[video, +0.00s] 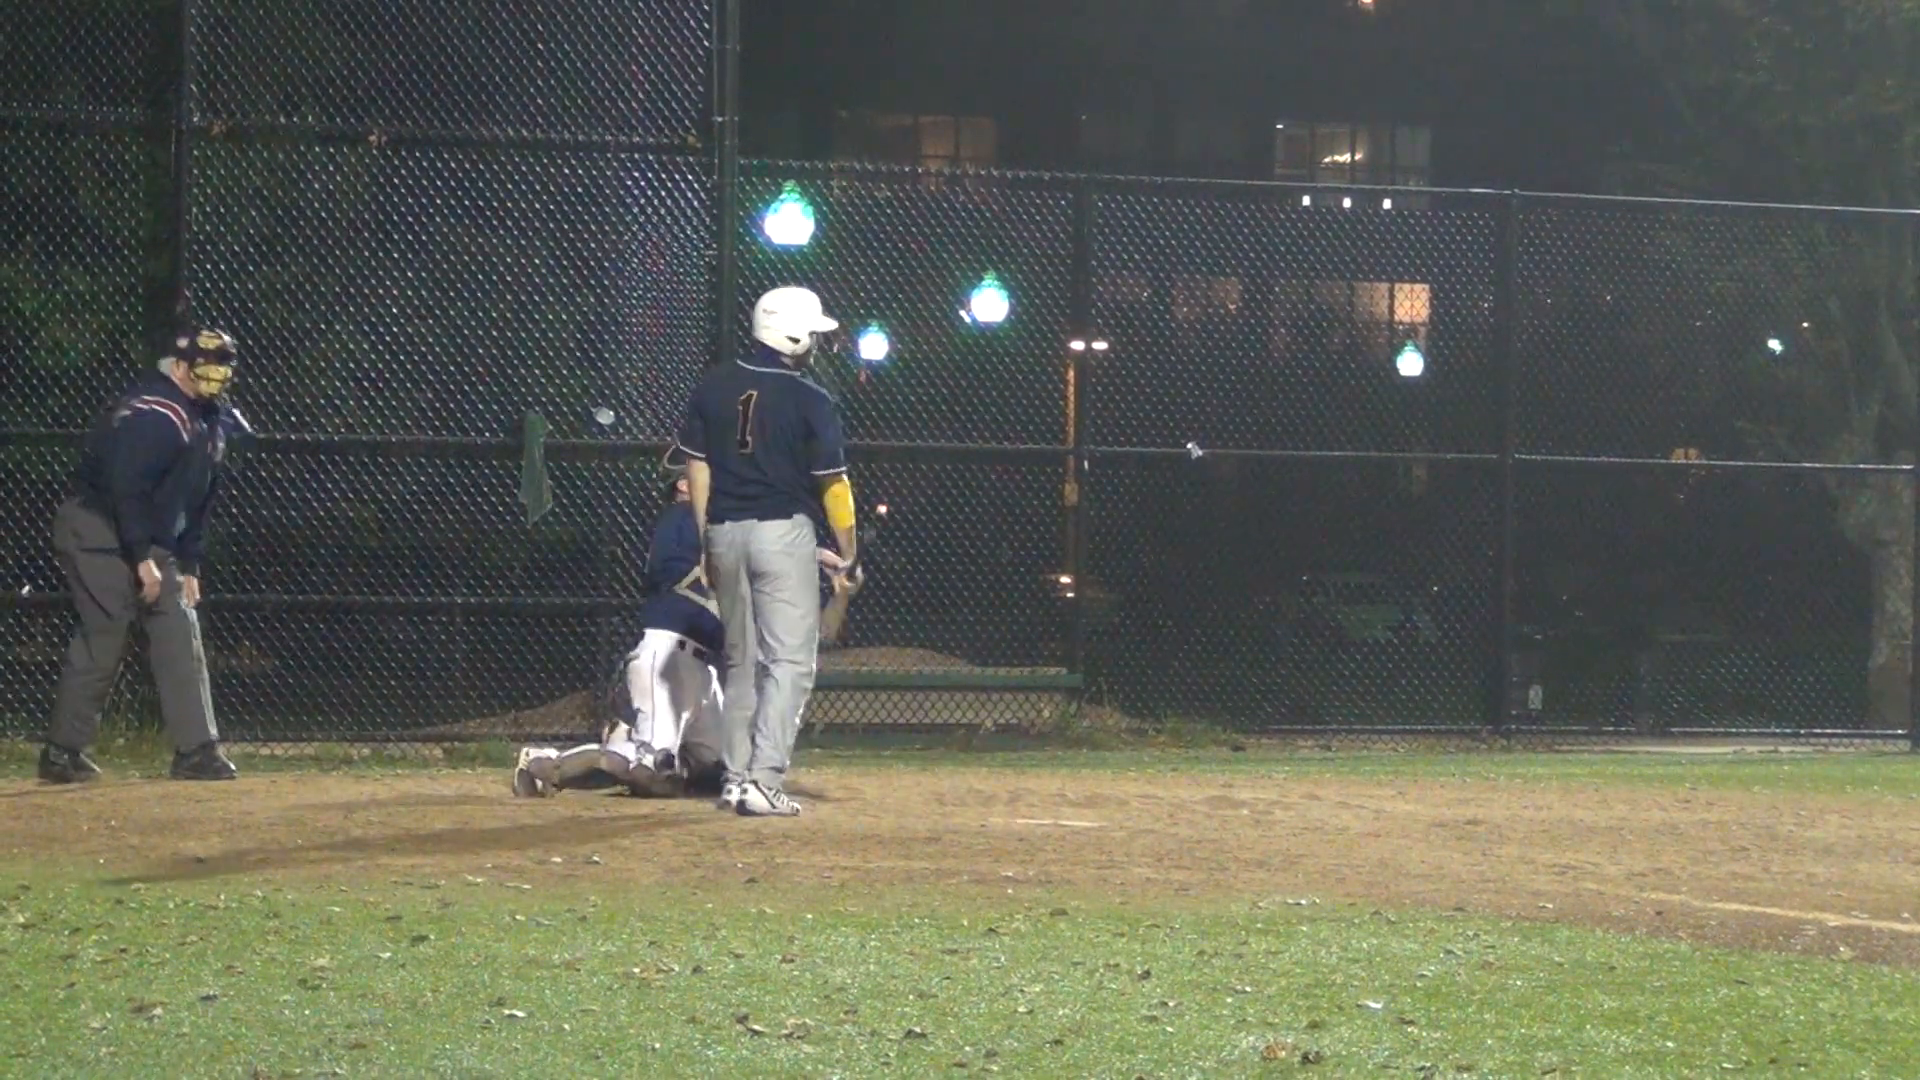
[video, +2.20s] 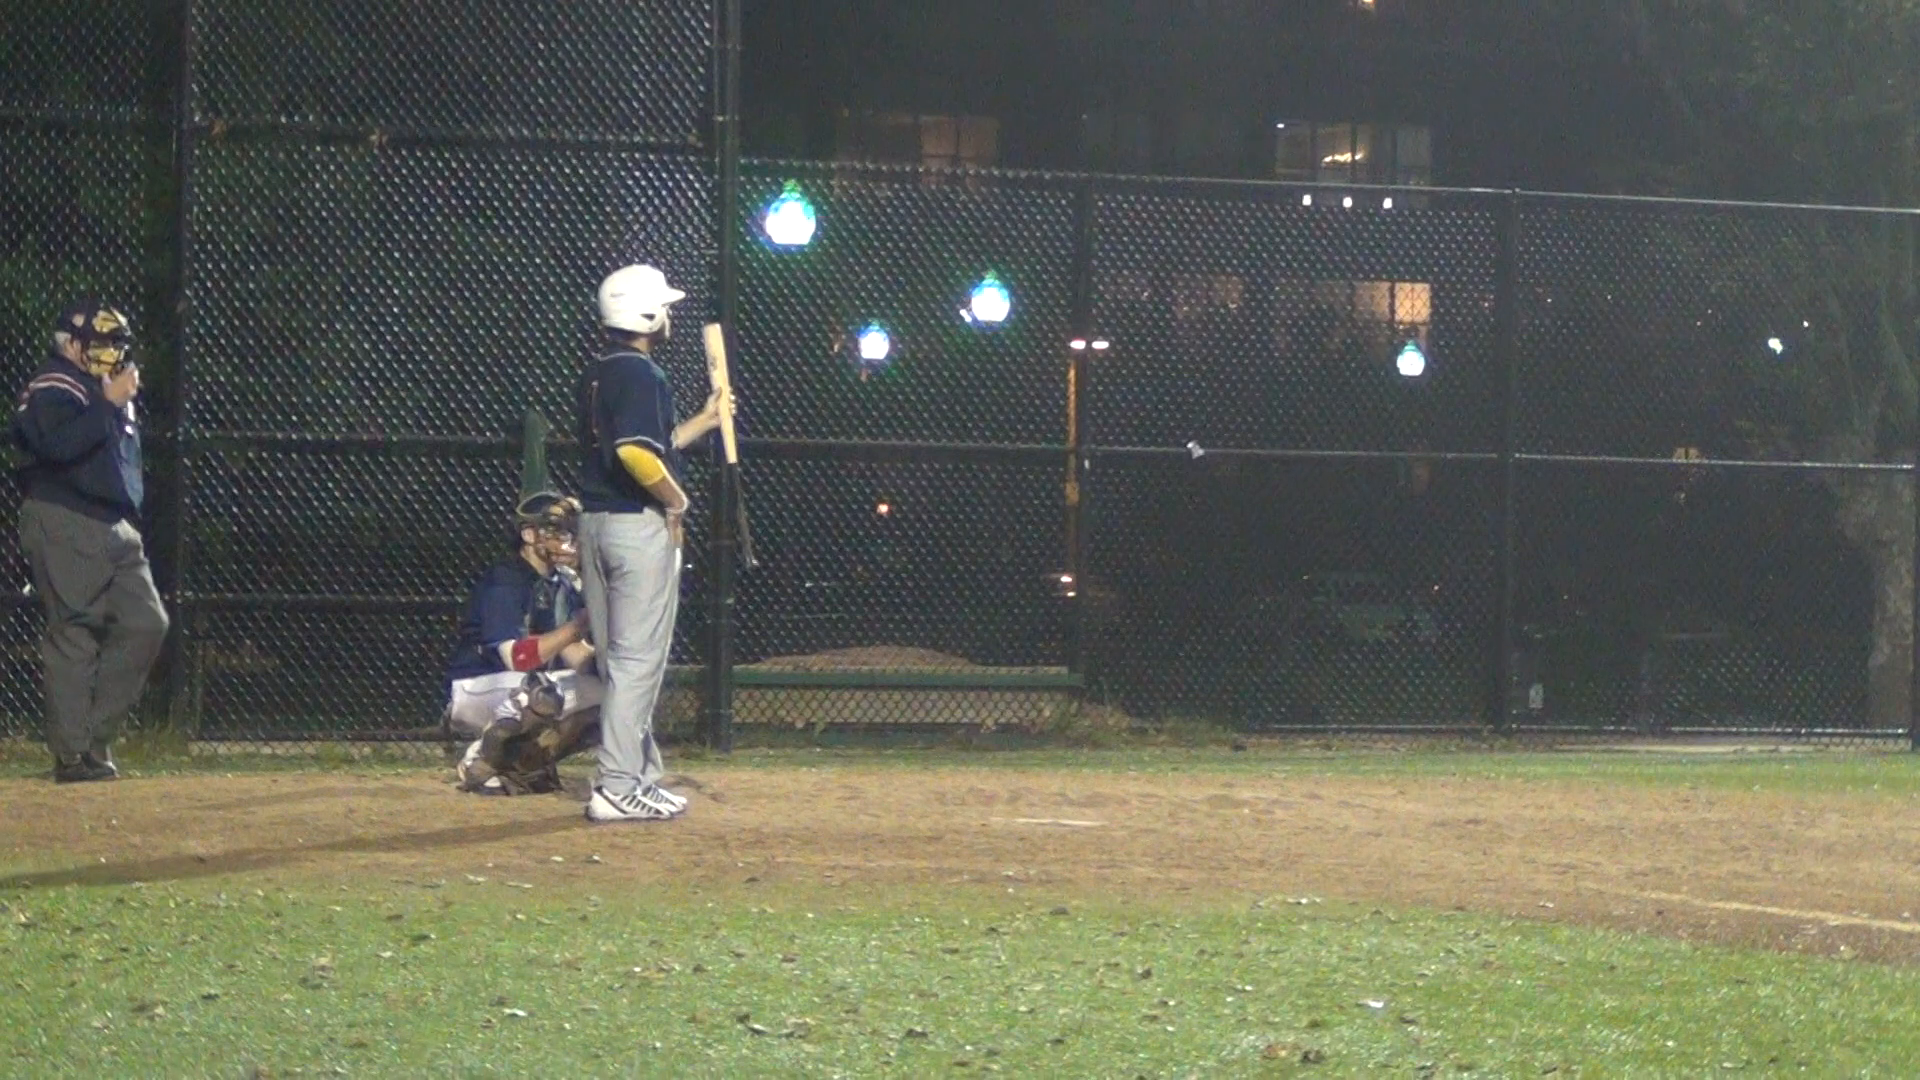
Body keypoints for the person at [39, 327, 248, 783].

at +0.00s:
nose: (217, 377)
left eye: (222, 369)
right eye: (207, 368)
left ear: (227, 372)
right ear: (181, 366)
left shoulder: (210, 422)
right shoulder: (154, 415)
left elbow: (200, 503)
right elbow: (125, 488)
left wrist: (188, 565)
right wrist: (141, 555)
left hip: (147, 530)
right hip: (92, 523)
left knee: (177, 620)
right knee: (107, 627)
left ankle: (196, 748)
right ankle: (62, 749)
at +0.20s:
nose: (164, 363)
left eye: (170, 355)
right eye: (155, 354)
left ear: (177, 357)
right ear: (130, 350)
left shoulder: (160, 402)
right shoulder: (107, 399)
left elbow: (153, 483)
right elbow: (82, 475)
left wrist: (161, 546)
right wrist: (98, 542)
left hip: (139, 536)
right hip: (87, 533)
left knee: (164, 637)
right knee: (86, 643)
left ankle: (192, 747)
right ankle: (59, 754)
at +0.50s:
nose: (119, 351)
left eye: (126, 343)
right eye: (110, 341)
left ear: (134, 347)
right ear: (85, 340)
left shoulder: (127, 389)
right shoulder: (66, 385)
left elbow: (119, 459)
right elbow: (31, 458)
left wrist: (124, 515)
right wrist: (31, 526)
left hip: (119, 528)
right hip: (74, 525)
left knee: (151, 618)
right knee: (65, 633)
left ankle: (133, 740)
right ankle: (57, 753)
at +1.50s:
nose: (121, 356)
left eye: (125, 348)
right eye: (113, 346)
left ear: (125, 351)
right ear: (86, 344)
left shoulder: (110, 393)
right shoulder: (62, 386)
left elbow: (105, 472)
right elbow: (24, 456)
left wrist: (113, 536)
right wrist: (37, 522)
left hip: (98, 531)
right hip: (65, 527)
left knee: (82, 636)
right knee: (82, 635)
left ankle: (64, 744)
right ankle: (60, 747)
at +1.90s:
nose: (117, 354)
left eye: (122, 346)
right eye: (108, 344)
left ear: (126, 347)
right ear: (82, 343)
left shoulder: (113, 390)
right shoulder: (59, 388)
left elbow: (111, 459)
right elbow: (25, 462)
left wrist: (117, 513)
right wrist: (65, 508)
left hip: (106, 527)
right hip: (60, 526)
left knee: (86, 632)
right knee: (84, 632)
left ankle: (63, 745)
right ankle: (70, 748)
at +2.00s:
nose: (113, 354)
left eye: (119, 346)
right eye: (105, 345)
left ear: (123, 348)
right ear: (80, 343)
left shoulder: (116, 390)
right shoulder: (57, 386)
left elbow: (123, 449)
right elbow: (36, 457)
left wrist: (129, 475)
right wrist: (99, 470)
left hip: (106, 525)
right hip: (65, 521)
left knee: (96, 635)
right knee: (78, 635)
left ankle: (69, 744)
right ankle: (69, 748)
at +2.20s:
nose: (109, 354)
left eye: (113, 346)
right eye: (100, 345)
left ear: (116, 350)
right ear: (72, 343)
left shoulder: (102, 389)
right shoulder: (55, 385)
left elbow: (113, 457)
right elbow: (57, 445)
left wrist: (121, 403)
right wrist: (109, 403)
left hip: (111, 524)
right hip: (64, 523)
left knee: (145, 623)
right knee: (73, 633)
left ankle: (94, 735)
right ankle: (71, 752)